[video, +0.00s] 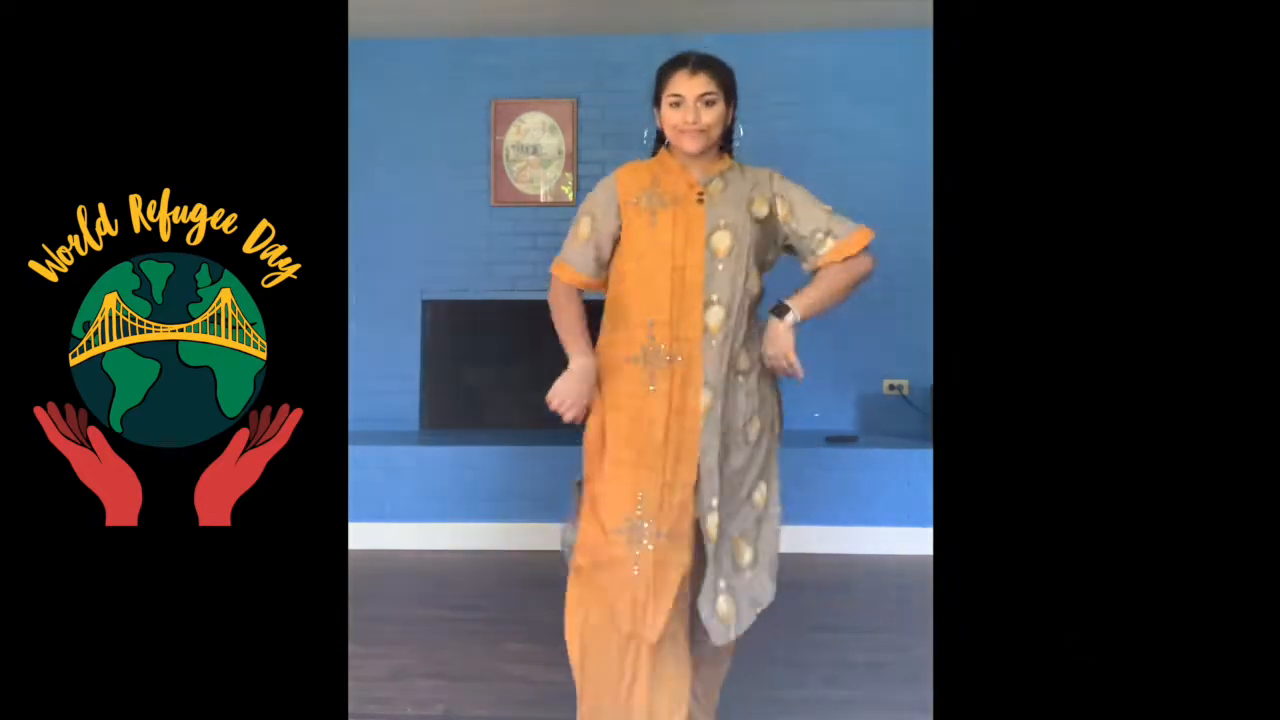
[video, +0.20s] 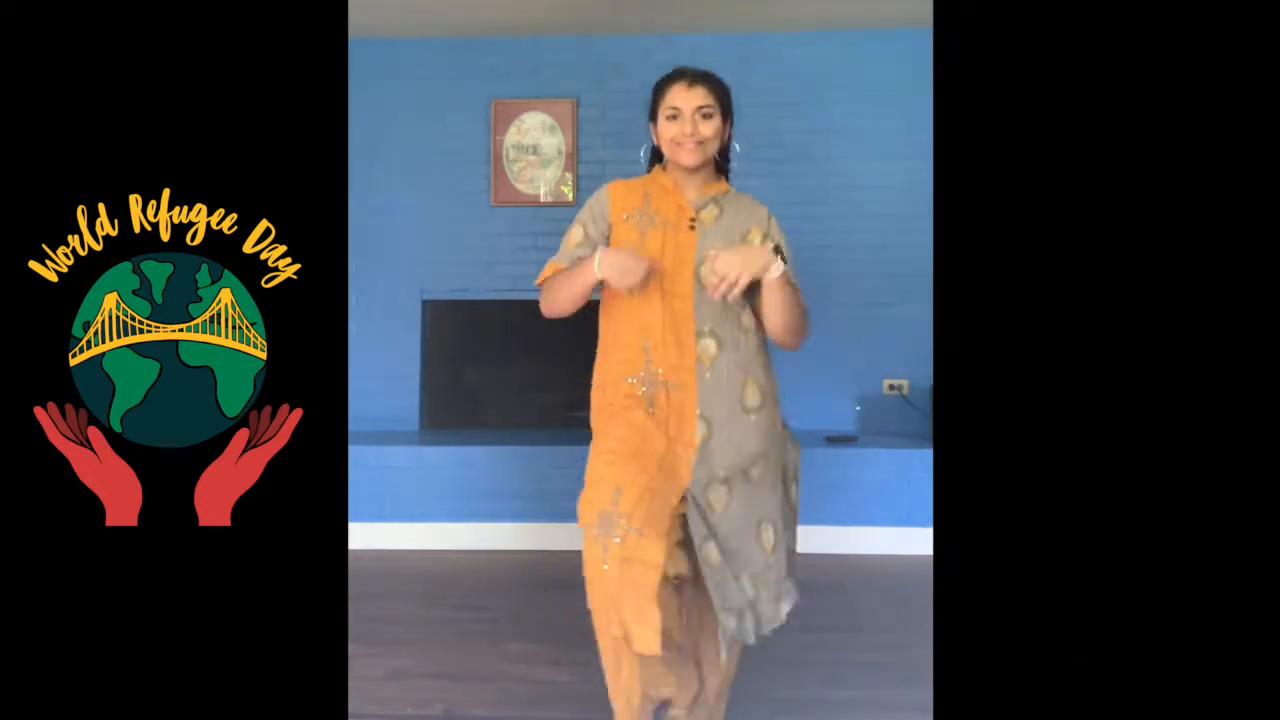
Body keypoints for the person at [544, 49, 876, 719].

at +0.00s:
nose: (691, 114)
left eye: (706, 102)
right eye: (677, 103)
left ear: (728, 112)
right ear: (658, 114)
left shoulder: (762, 190)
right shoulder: (622, 190)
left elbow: (855, 256)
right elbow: (565, 285)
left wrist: (788, 315)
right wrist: (582, 363)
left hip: (728, 418)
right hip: (635, 416)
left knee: (719, 593)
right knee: (632, 587)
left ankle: (695, 710)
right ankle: (629, 709)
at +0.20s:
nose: (689, 127)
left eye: (704, 115)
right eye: (674, 116)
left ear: (725, 127)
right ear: (654, 129)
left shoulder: (752, 219)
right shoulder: (614, 204)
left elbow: (788, 334)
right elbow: (551, 301)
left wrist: (768, 266)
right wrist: (596, 265)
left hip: (730, 432)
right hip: (634, 433)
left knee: (721, 593)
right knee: (627, 583)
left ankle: (701, 708)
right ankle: (642, 707)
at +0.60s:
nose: (671, 66)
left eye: (688, 55)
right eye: (654, 56)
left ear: (712, 76)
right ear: (634, 78)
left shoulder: (744, 156)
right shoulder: (600, 161)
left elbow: (749, 269)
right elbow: (597, 265)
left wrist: (762, 348)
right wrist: (582, 335)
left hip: (699, 406)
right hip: (603, 403)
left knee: (696, 582)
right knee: (594, 577)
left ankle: (703, 706)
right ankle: (597, 705)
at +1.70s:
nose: (685, 65)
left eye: (702, 51)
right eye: (670, 52)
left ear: (726, 69)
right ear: (649, 71)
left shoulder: (754, 170)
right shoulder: (604, 144)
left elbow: (747, 296)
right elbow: (543, 253)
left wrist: (790, 250)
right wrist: (565, 249)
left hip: (710, 399)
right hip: (610, 395)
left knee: (713, 596)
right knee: (605, 599)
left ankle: (699, 714)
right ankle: (623, 714)